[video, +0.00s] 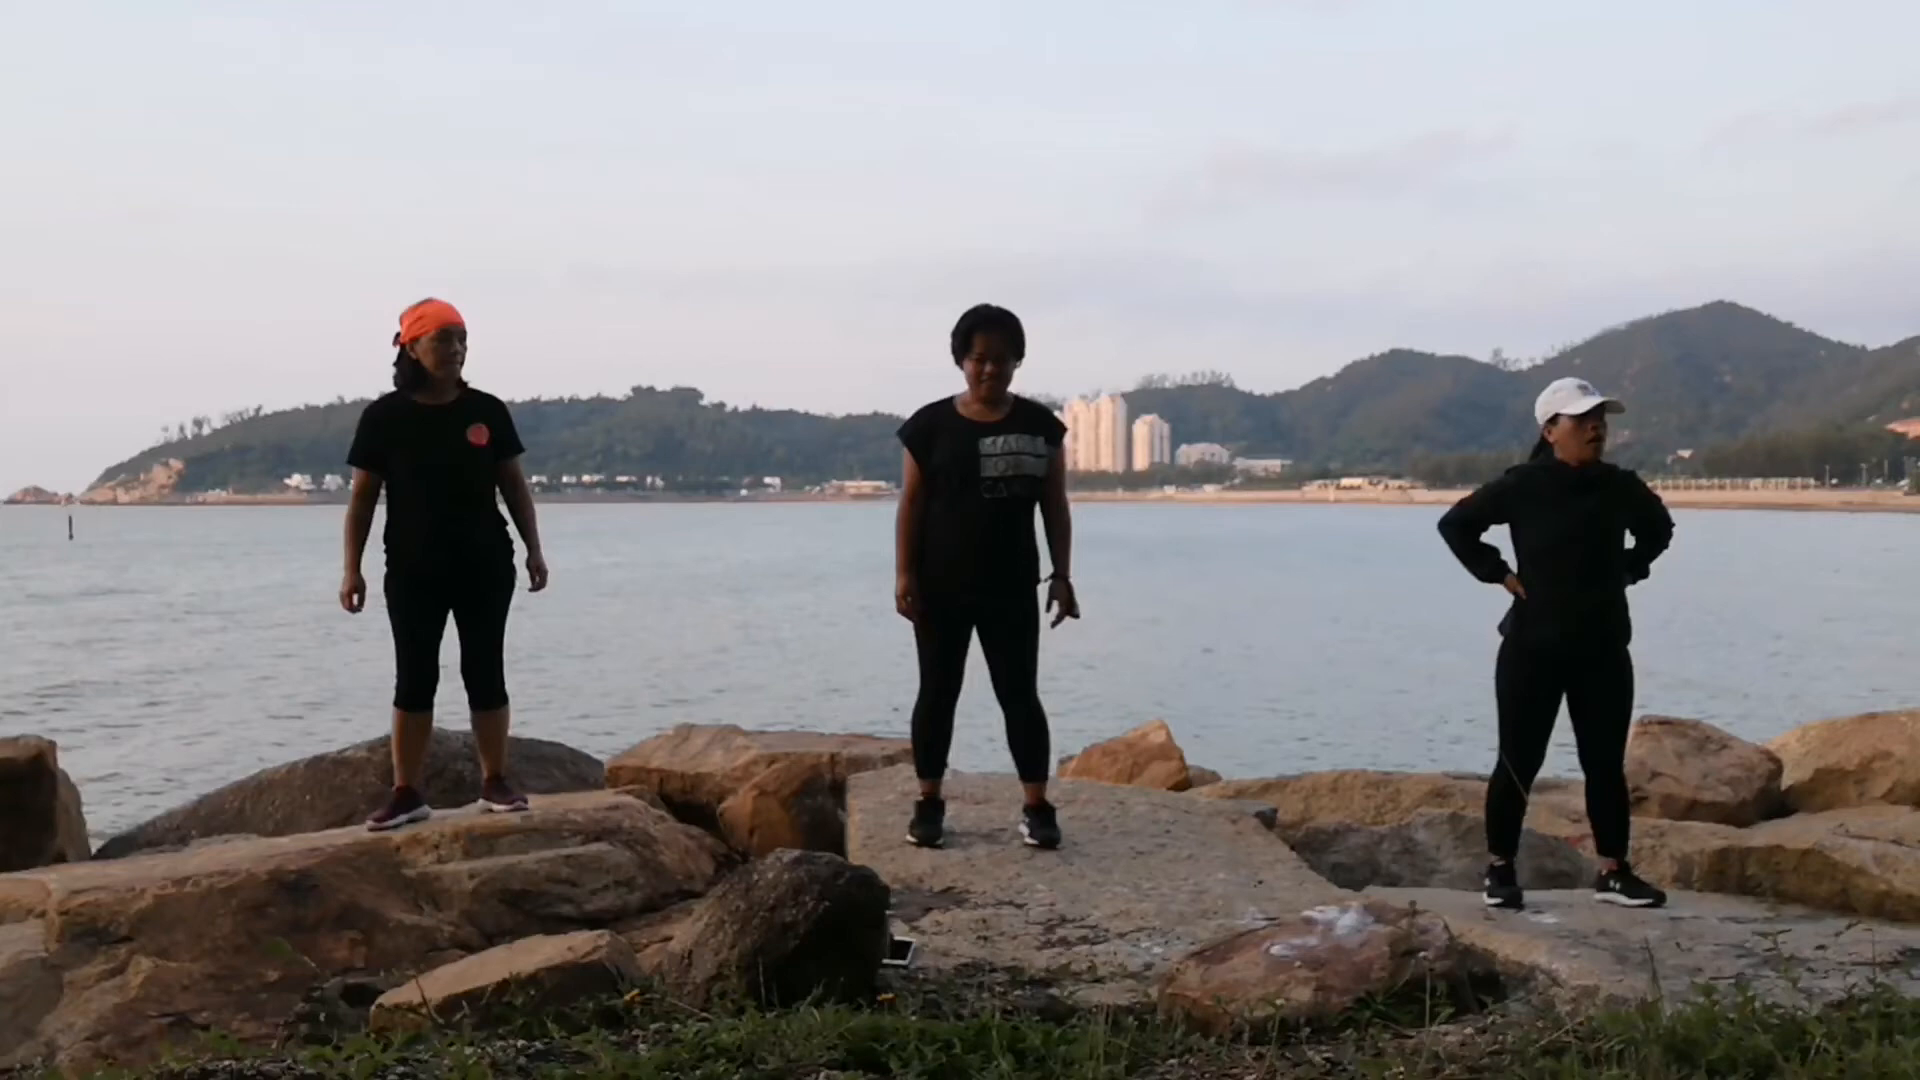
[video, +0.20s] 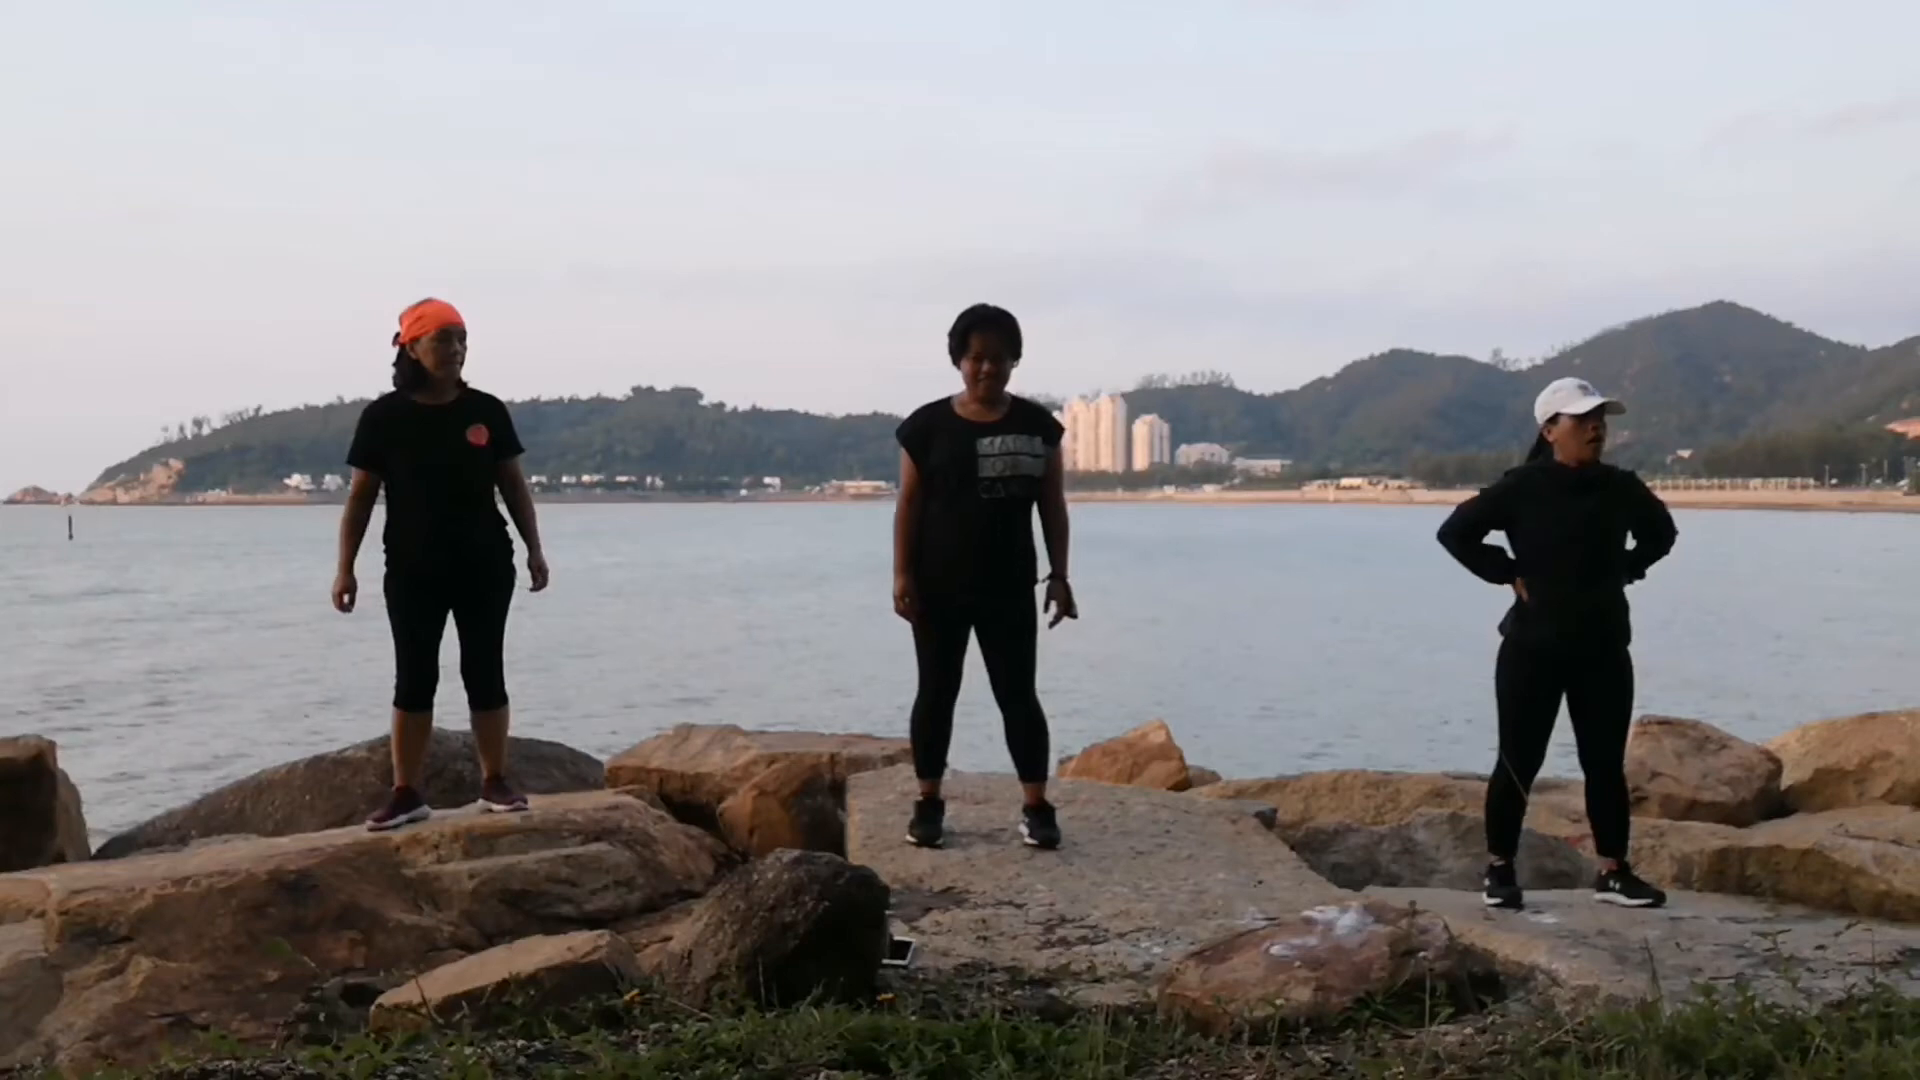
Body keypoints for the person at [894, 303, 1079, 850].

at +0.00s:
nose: (989, 369)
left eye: (1001, 359)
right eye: (979, 358)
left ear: (1016, 363)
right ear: (961, 360)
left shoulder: (1041, 426)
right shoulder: (928, 425)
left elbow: (1055, 505)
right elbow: (910, 503)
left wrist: (1061, 575)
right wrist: (904, 574)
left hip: (1011, 585)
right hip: (942, 586)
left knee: (1020, 697)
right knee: (936, 694)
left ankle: (1038, 804)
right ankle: (929, 800)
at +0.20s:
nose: (987, 369)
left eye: (999, 359)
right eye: (976, 358)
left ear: (1013, 362)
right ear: (959, 360)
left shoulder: (1038, 426)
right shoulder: (925, 426)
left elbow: (1052, 505)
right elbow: (908, 504)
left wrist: (1059, 575)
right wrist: (901, 575)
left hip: (1008, 585)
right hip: (939, 586)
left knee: (1019, 697)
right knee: (935, 694)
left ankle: (1037, 804)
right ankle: (928, 800)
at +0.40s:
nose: (981, 368)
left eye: (993, 358)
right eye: (971, 357)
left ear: (1008, 362)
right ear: (953, 359)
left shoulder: (1032, 426)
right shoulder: (920, 426)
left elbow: (1047, 505)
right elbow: (903, 504)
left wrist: (1053, 576)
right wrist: (896, 575)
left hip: (1003, 585)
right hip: (934, 586)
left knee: (1016, 698)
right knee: (932, 695)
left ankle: (1036, 804)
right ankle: (928, 800)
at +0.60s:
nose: (976, 369)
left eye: (988, 359)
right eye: (965, 358)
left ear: (1003, 363)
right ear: (948, 360)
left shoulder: (1026, 427)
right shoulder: (914, 427)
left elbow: (1040, 506)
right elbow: (897, 504)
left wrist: (1047, 577)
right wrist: (890, 574)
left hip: (997, 586)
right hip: (928, 587)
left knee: (1012, 697)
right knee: (928, 695)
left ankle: (1035, 804)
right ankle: (927, 801)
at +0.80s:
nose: (968, 369)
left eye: (980, 359)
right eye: (958, 357)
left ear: (994, 363)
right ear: (940, 360)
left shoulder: (1017, 428)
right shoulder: (906, 428)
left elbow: (1030, 507)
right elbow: (888, 505)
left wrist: (1036, 578)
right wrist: (881, 574)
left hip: (988, 586)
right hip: (920, 588)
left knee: (1008, 698)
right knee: (922, 696)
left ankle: (1034, 804)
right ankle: (926, 801)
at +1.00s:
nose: (962, 369)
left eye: (973, 360)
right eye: (951, 359)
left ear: (986, 364)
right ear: (931, 361)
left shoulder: (1007, 427)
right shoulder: (897, 429)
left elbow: (1021, 506)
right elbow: (880, 509)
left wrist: (1028, 576)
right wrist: (875, 579)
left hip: (981, 586)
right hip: (914, 588)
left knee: (1002, 697)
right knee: (918, 697)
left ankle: (1029, 802)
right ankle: (924, 802)